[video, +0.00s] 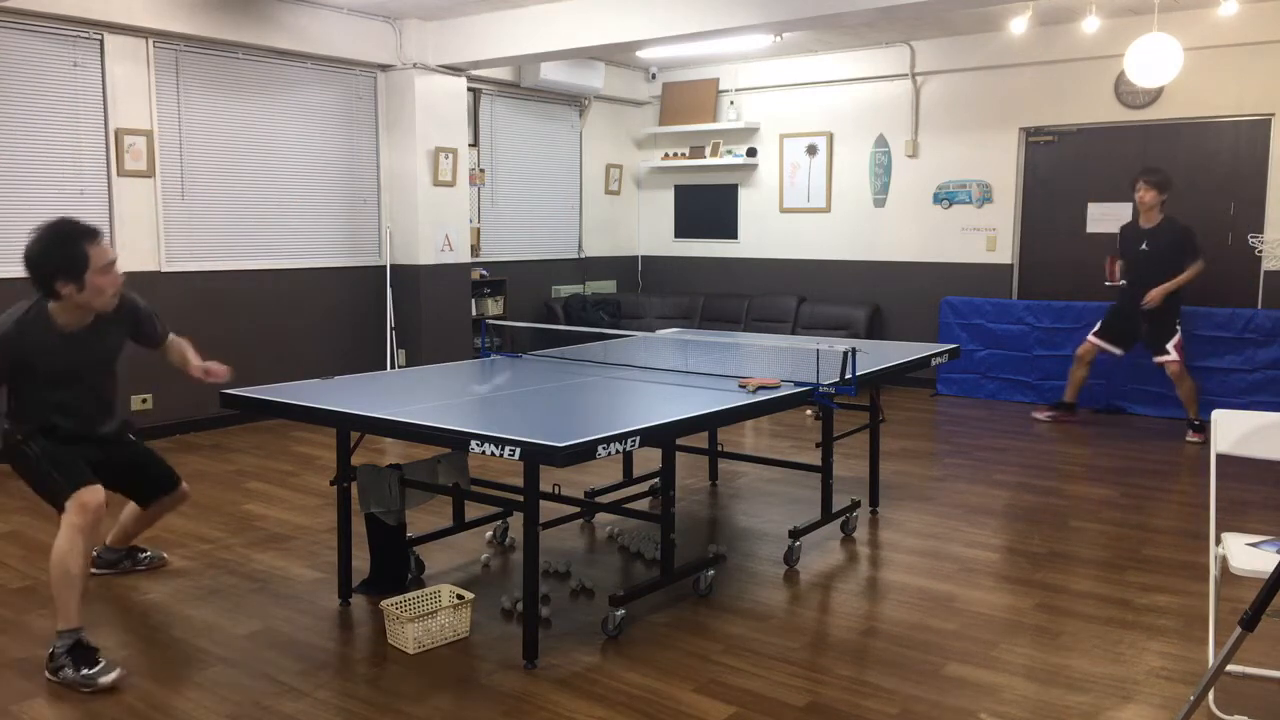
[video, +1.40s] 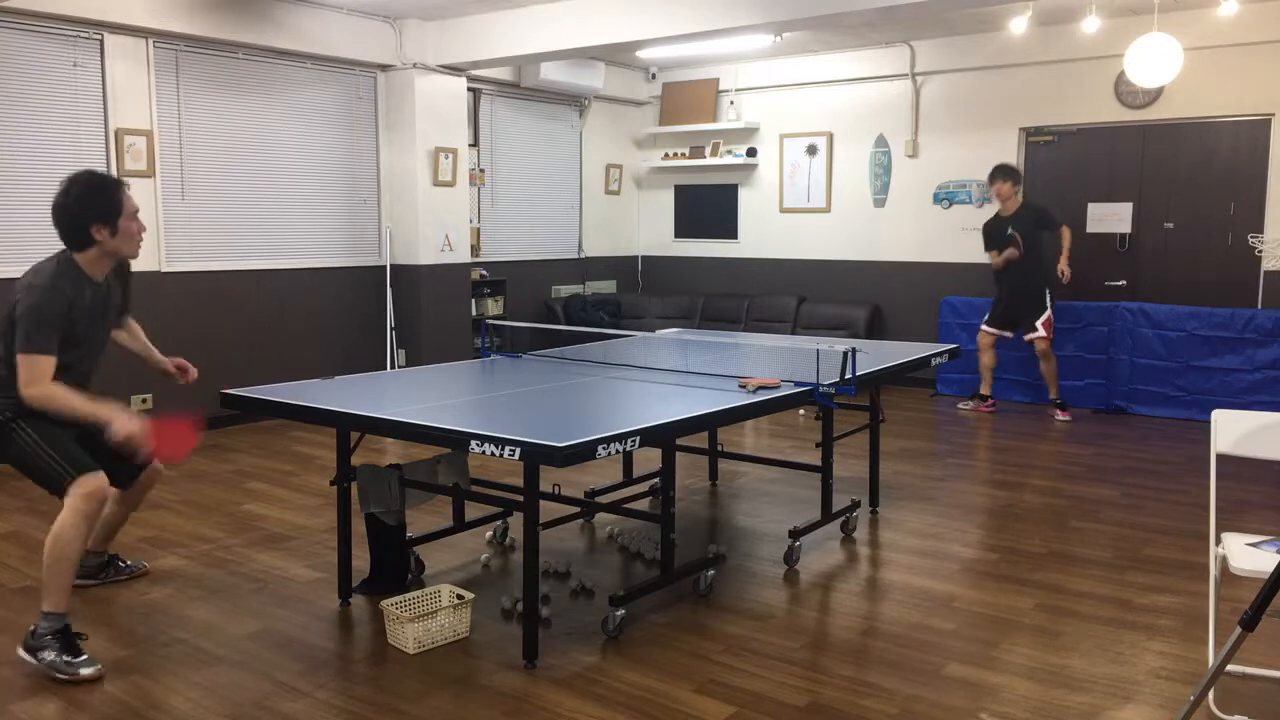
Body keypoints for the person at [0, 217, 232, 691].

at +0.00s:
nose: (119, 275)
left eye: (115, 264)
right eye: (106, 269)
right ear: (66, 287)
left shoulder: (119, 310)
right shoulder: (16, 334)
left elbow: (167, 340)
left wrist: (194, 365)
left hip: (102, 431)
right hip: (36, 437)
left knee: (169, 493)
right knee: (88, 500)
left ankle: (111, 551)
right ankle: (68, 646)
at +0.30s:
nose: (69, 222)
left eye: (71, 208)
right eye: (56, 213)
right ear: (12, 221)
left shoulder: (43, 258)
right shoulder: (21, 279)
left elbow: (89, 309)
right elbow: (87, 346)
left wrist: (146, 307)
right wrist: (147, 314)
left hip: (91, 408)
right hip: (61, 425)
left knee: (161, 463)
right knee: (148, 517)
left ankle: (114, 558)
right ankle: (78, 648)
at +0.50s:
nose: (54, 174)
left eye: (50, 165)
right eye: (43, 167)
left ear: (13, 186)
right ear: (16, 184)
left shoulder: (19, 237)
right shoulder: (26, 232)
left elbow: (54, 316)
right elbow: (124, 197)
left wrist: (112, 288)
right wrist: (88, 132)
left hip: (57, 410)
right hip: (66, 412)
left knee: (106, 508)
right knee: (156, 532)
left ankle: (15, 587)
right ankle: (62, 664)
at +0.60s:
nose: (58, 181)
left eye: (52, 170)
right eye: (47, 173)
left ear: (16, 189)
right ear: (18, 189)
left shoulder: (14, 241)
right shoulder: (30, 243)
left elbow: (30, 329)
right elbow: (132, 251)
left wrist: (98, 315)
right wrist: (151, 184)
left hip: (21, 413)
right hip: (47, 416)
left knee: (83, 515)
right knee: (140, 531)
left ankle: (4, 593)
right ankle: (60, 672)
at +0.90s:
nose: (108, 140)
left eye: (104, 129)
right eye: (100, 131)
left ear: (64, 142)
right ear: (72, 141)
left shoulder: (48, 196)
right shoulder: (43, 202)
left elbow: (55, 292)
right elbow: (72, 297)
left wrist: (114, 296)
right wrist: (155, 277)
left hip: (32, 377)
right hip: (18, 380)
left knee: (48, 485)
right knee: (63, 491)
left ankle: (7, 571)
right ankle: (29, 634)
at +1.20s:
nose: (141, 202)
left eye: (137, 191)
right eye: (132, 194)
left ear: (98, 207)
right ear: (103, 208)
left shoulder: (81, 258)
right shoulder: (63, 265)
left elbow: (81, 336)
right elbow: (66, 366)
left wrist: (134, 359)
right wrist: (146, 353)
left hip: (39, 406)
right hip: (12, 414)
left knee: (108, 470)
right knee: (93, 512)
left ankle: (86, 561)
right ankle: (23, 643)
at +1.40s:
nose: (142, 224)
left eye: (138, 213)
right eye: (132, 217)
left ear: (102, 230)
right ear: (100, 232)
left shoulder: (116, 271)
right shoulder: (47, 288)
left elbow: (119, 323)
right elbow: (34, 389)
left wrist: (160, 361)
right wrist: (112, 414)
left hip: (70, 404)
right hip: (20, 413)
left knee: (143, 470)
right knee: (90, 486)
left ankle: (91, 559)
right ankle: (49, 633)